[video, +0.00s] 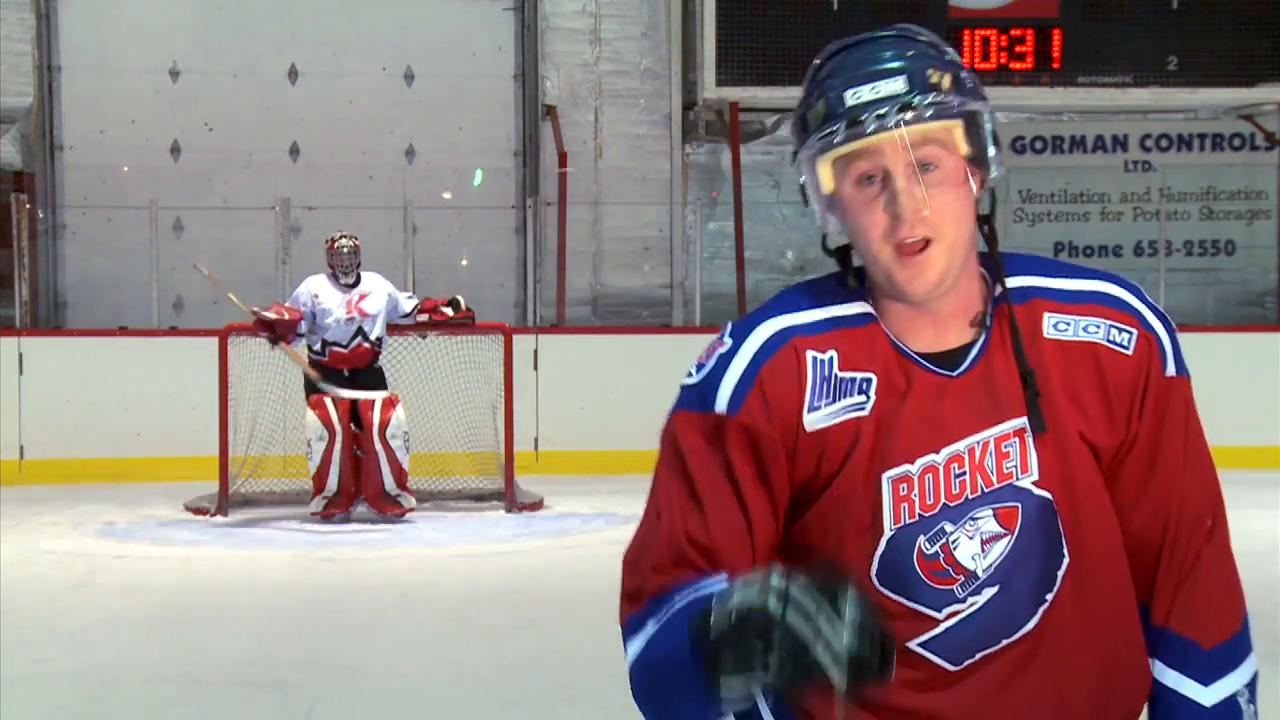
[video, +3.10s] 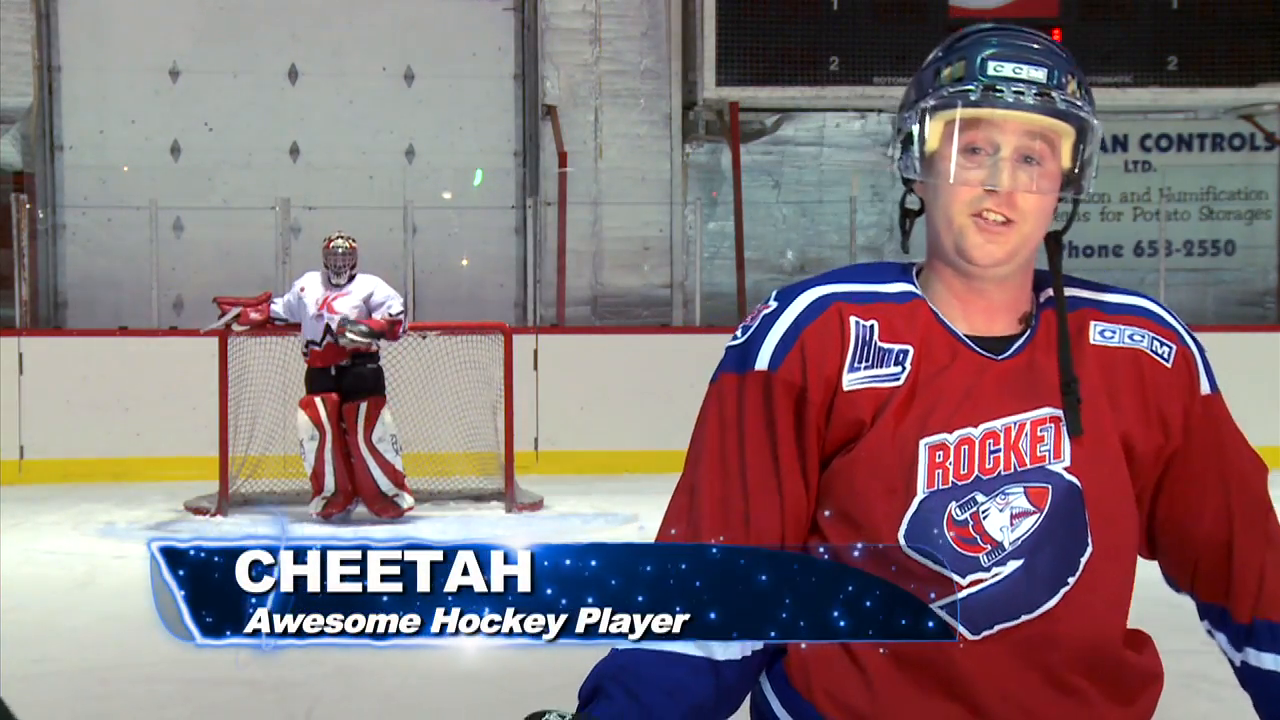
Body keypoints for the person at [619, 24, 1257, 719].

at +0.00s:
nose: (906, 209)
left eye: (927, 166)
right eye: (868, 180)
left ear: (976, 174)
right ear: (830, 207)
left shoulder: (1118, 335)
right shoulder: (763, 372)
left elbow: (1196, 600)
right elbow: (665, 618)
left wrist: (1207, 710)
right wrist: (747, 633)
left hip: (1096, 707)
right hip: (867, 706)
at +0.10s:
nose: (876, 218)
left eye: (898, 174)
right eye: (838, 190)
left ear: (949, 179)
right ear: (801, 211)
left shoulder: (1092, 323)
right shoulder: (743, 359)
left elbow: (1177, 594)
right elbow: (658, 627)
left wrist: (1184, 710)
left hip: (1078, 708)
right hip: (827, 710)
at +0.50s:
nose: (833, 208)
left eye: (853, 166)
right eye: (793, 182)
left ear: (901, 177)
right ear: (751, 212)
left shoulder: (1039, 325)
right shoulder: (682, 389)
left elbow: (1124, 603)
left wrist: (1144, 711)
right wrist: (755, 581)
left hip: (1047, 708)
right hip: (801, 712)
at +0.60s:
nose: (828, 198)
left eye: (851, 158)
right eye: (789, 171)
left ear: (899, 177)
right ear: (748, 205)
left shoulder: (1036, 325)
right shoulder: (692, 396)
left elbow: (1118, 583)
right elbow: (616, 639)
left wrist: (1140, 709)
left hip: (1050, 706)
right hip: (828, 710)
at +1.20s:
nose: (819, 204)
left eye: (844, 165)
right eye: (780, 185)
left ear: (897, 178)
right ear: (746, 226)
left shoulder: (1048, 313)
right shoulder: (704, 421)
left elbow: (1179, 482)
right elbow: (617, 690)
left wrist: (1234, 654)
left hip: (1053, 701)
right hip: (817, 707)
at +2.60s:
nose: (895, 161)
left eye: (924, 133)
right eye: (865, 136)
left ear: (969, 168)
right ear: (823, 175)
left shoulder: (1086, 328)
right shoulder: (748, 366)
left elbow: (1210, 585)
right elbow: (644, 645)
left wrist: (1272, 697)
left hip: (1072, 705)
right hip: (834, 713)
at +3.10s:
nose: (1000, 184)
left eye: (1031, 158)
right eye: (971, 151)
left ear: (1065, 182)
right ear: (920, 167)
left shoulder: (1145, 351)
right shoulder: (808, 342)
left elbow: (1261, 600)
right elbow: (704, 606)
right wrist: (613, 714)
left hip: (1090, 706)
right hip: (856, 710)